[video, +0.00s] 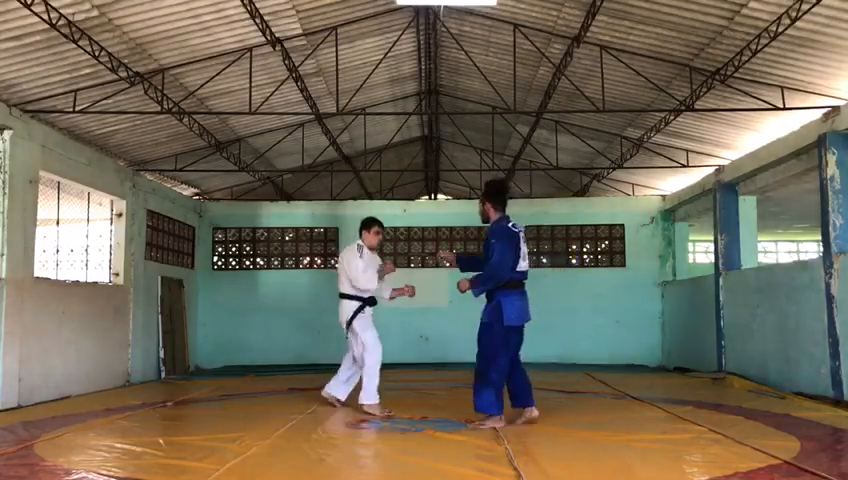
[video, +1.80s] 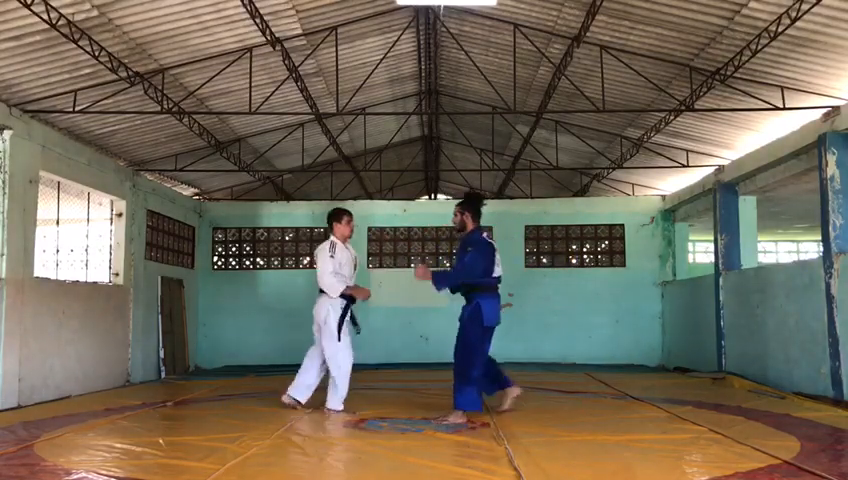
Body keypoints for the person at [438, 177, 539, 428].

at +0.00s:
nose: (480, 208)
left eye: (482, 204)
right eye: (481, 203)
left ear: (489, 206)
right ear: (500, 205)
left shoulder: (499, 231)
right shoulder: (512, 229)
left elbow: (500, 270)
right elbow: (489, 262)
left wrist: (473, 283)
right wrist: (457, 260)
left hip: (501, 302)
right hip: (515, 299)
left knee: (490, 356)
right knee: (510, 356)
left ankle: (493, 414)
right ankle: (528, 407)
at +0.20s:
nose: (468, 211)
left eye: (469, 207)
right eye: (468, 207)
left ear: (477, 208)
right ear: (487, 207)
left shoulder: (492, 232)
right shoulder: (492, 230)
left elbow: (491, 269)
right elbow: (473, 259)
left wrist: (463, 285)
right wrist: (445, 256)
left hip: (496, 299)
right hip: (499, 296)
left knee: (486, 350)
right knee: (491, 348)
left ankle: (493, 414)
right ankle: (502, 394)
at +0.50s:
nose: (453, 218)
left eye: (454, 213)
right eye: (454, 214)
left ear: (461, 214)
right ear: (470, 213)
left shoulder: (488, 240)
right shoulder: (465, 239)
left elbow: (485, 274)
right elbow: (442, 249)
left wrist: (454, 282)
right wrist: (413, 250)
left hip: (490, 302)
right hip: (476, 302)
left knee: (483, 354)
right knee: (471, 353)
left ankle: (492, 412)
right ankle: (478, 406)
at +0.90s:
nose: (436, 223)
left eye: (437, 219)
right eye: (436, 219)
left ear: (442, 220)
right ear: (453, 218)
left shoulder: (461, 246)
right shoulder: (448, 240)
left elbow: (459, 284)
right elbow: (425, 239)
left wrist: (432, 299)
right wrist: (402, 233)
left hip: (459, 309)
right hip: (450, 307)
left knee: (445, 355)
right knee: (437, 353)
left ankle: (456, 410)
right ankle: (446, 406)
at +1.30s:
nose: (430, 222)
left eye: (431, 218)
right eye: (430, 218)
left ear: (438, 218)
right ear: (447, 217)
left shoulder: (450, 242)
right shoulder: (455, 239)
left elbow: (445, 278)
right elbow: (440, 271)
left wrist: (418, 287)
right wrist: (416, 263)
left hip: (455, 305)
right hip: (458, 303)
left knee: (442, 353)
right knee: (445, 353)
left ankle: (454, 407)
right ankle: (450, 404)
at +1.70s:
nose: (442, 219)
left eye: (445, 214)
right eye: (443, 214)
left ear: (454, 216)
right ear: (461, 216)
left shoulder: (462, 241)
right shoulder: (475, 238)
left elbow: (460, 277)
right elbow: (465, 275)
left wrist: (431, 295)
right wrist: (438, 290)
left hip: (471, 302)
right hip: (483, 299)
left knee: (460, 352)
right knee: (471, 350)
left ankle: (460, 410)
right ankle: (483, 393)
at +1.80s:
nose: (454, 219)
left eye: (457, 214)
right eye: (455, 214)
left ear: (467, 216)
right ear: (472, 217)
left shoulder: (476, 243)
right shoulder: (481, 242)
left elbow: (465, 274)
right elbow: (473, 276)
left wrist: (432, 276)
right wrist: (446, 279)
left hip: (480, 304)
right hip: (484, 302)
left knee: (465, 354)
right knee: (475, 352)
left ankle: (461, 410)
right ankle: (508, 387)